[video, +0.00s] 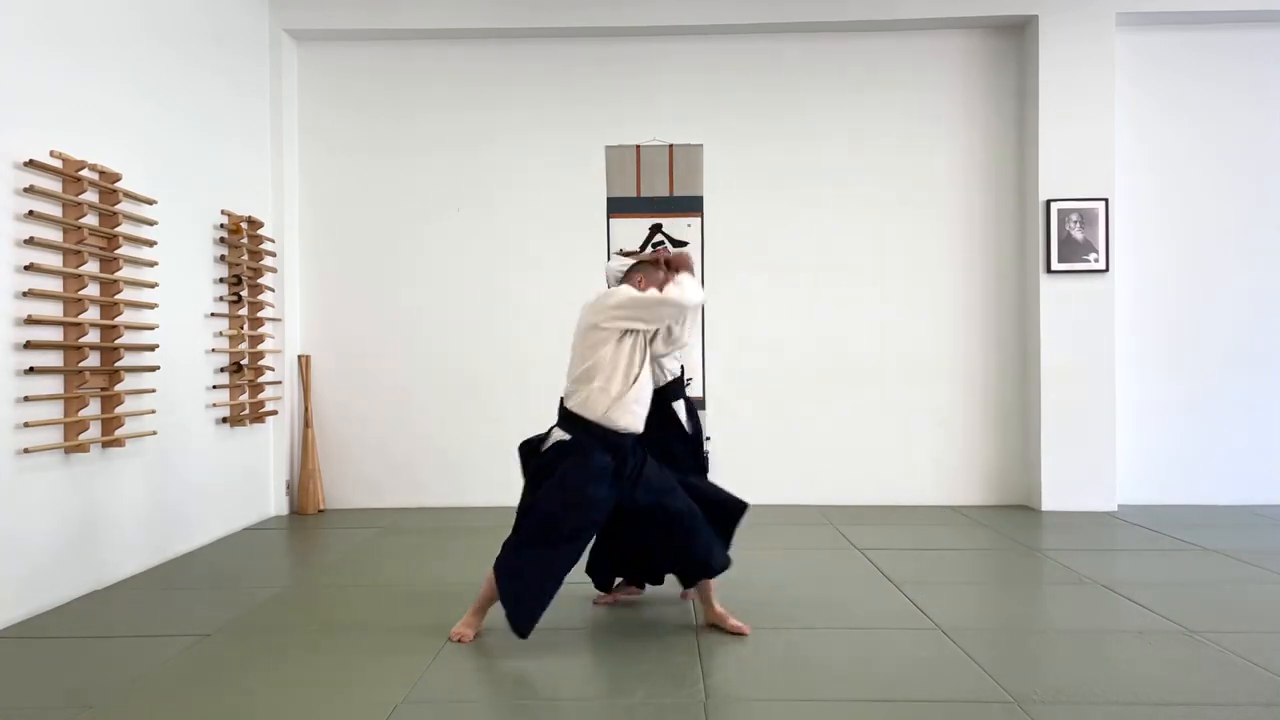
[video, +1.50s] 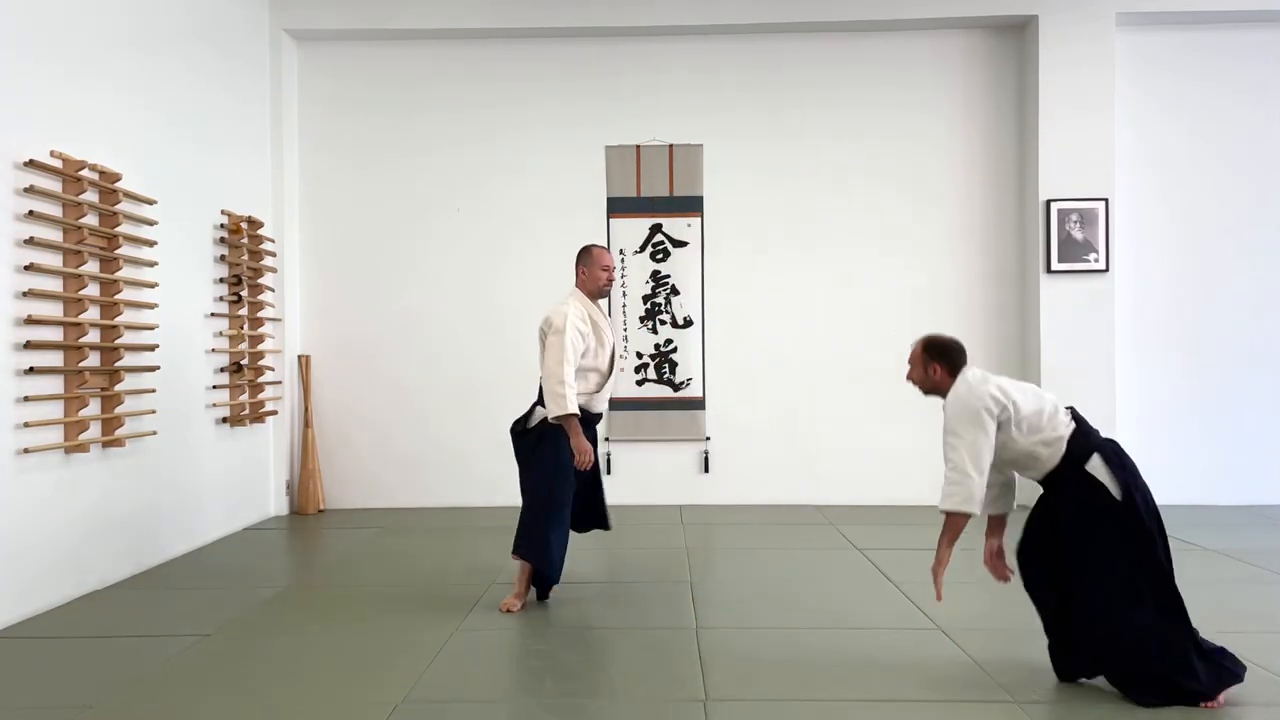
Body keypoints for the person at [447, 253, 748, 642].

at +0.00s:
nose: (663, 292)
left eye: (665, 285)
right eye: (661, 283)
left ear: (646, 286)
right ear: (638, 279)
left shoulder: (641, 323)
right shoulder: (606, 305)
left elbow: (674, 343)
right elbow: (686, 303)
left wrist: (686, 280)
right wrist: (682, 271)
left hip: (627, 448)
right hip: (581, 443)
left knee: (686, 518)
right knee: (535, 532)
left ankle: (711, 608)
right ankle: (477, 613)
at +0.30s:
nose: (645, 309)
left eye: (648, 302)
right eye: (643, 300)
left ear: (622, 292)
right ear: (621, 289)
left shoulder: (614, 332)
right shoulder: (580, 324)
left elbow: (626, 377)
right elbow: (601, 393)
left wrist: (653, 380)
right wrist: (651, 396)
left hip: (606, 449)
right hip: (557, 450)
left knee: (667, 511)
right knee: (524, 541)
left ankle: (692, 607)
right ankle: (475, 614)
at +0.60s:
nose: (713, 407)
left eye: (720, 401)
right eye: (711, 397)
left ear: (718, 393)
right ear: (689, 378)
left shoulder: (704, 411)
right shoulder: (635, 381)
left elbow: (723, 470)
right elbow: (605, 446)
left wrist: (749, 533)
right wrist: (634, 515)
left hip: (652, 464)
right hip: (590, 449)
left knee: (695, 528)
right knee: (522, 521)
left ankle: (700, 614)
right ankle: (454, 606)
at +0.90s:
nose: (682, 385)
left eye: (688, 378)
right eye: (677, 376)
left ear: (695, 373)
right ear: (657, 358)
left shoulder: (692, 401)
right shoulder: (613, 371)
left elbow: (715, 464)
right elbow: (570, 417)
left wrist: (734, 528)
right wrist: (535, 469)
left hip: (657, 464)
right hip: (597, 456)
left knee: (691, 528)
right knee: (548, 519)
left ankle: (700, 613)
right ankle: (507, 588)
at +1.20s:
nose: (622, 293)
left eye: (626, 286)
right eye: (615, 285)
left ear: (628, 288)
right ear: (592, 283)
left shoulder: (626, 333)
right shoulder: (557, 328)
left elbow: (635, 393)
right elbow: (535, 394)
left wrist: (632, 447)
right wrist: (547, 454)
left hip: (600, 432)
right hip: (552, 430)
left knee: (635, 493)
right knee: (537, 510)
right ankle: (520, 589)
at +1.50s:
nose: (612, 276)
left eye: (613, 270)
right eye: (605, 270)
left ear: (593, 274)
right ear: (583, 272)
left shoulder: (593, 315)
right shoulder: (566, 316)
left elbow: (586, 377)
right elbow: (558, 381)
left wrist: (589, 425)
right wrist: (576, 434)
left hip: (578, 425)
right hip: (555, 426)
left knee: (560, 505)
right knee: (544, 505)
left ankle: (539, 577)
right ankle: (521, 590)